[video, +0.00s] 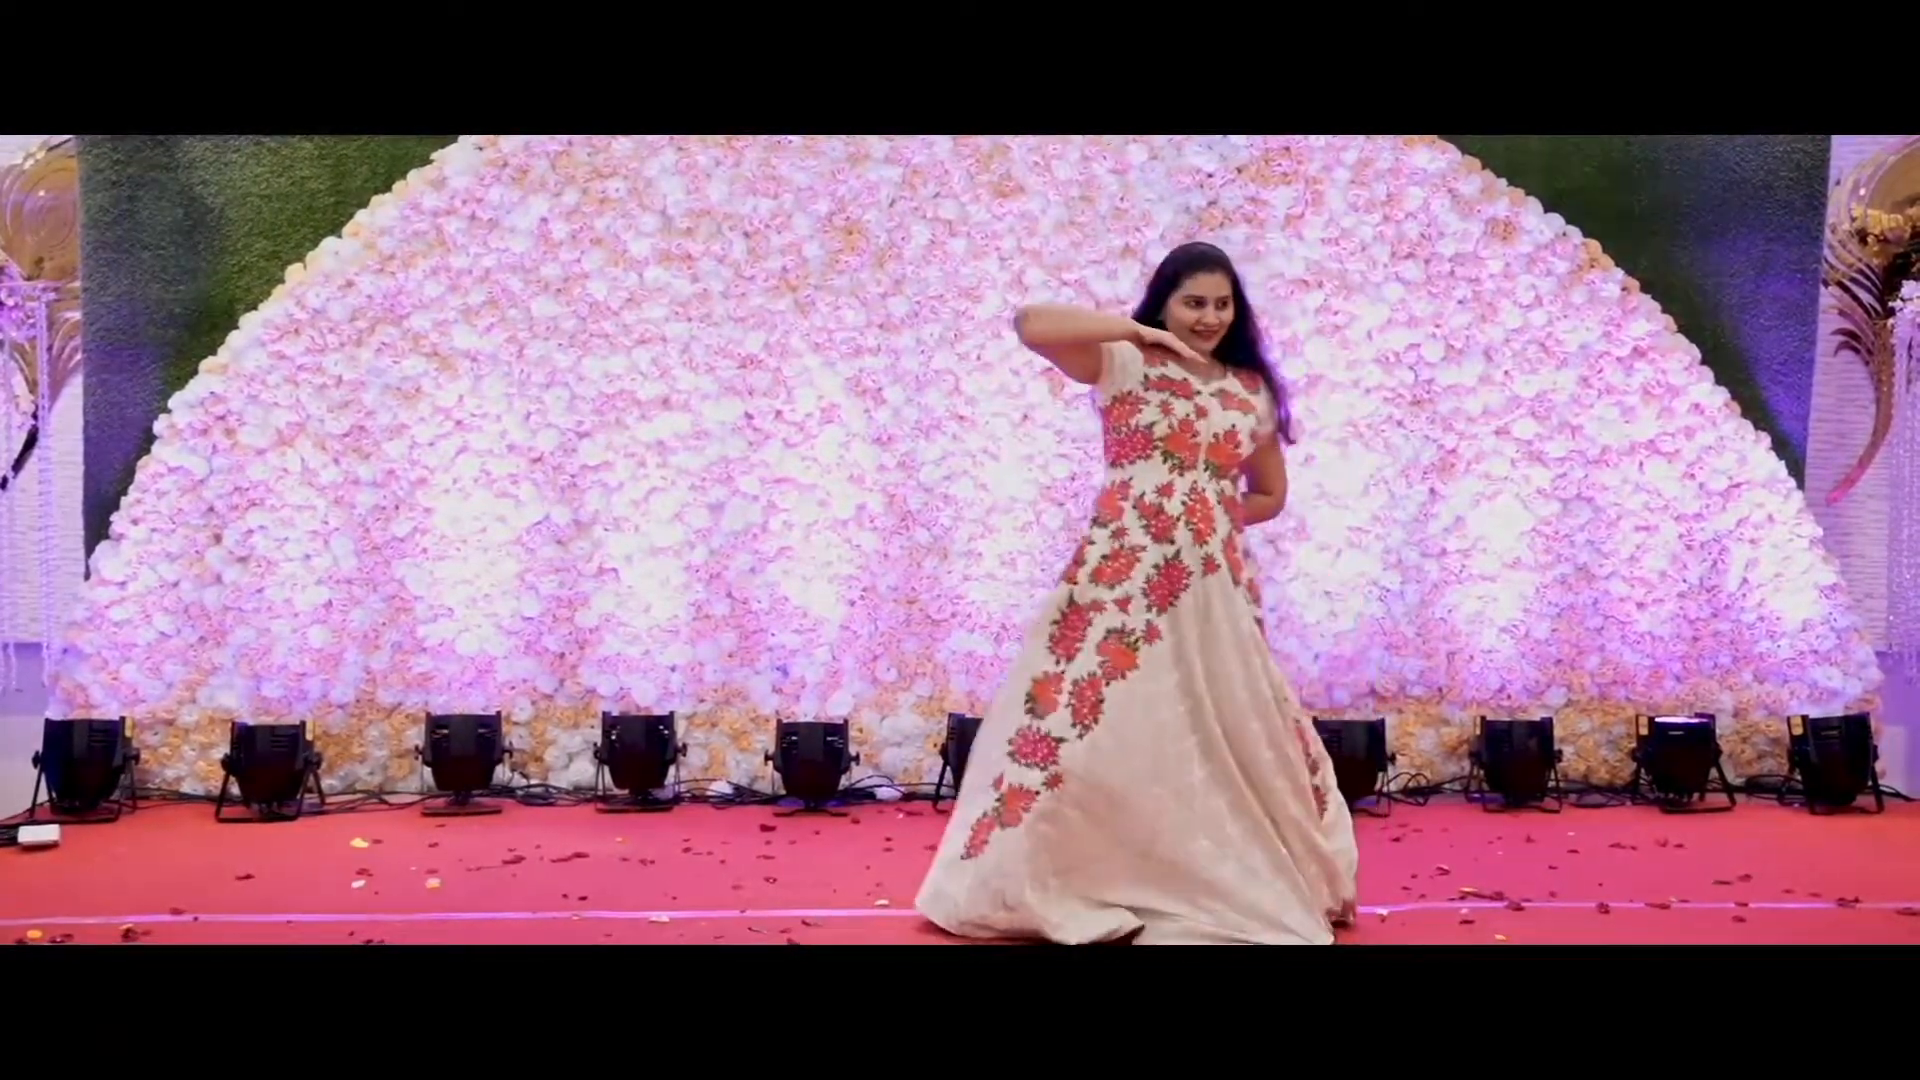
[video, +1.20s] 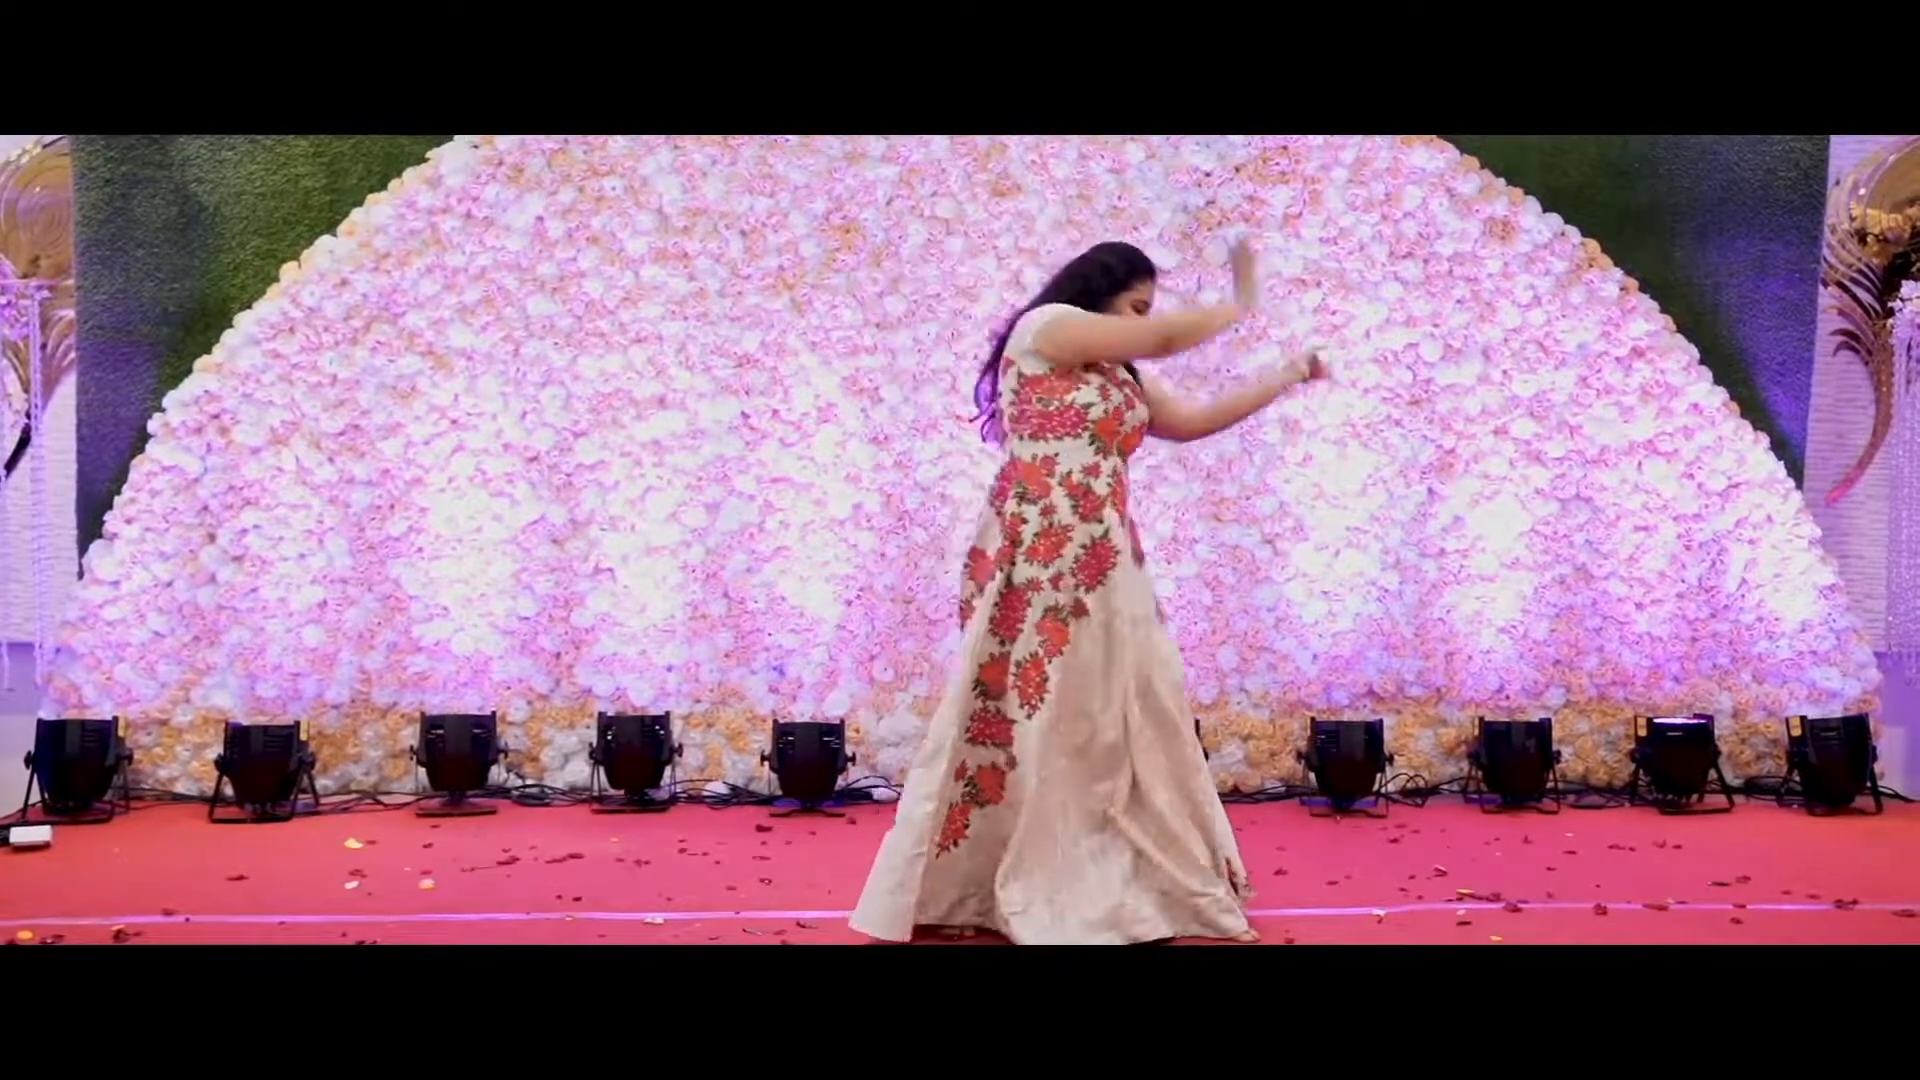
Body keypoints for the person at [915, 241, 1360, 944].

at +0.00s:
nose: (1209, 316)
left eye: (1222, 304)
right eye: (1194, 301)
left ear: (1235, 312)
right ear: (1163, 303)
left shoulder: (1249, 393)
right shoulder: (1123, 361)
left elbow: (1271, 495)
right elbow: (1033, 325)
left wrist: (1206, 512)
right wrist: (1136, 330)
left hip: (1207, 572)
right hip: (1124, 561)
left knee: (1209, 728)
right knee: (1109, 722)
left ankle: (1215, 886)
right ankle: (1104, 889)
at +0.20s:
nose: (1150, 309)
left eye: (1162, 297)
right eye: (1135, 294)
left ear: (1172, 306)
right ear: (1100, 297)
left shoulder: (1178, 393)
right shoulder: (1048, 352)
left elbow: (1176, 498)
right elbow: (939, 341)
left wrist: (1109, 504)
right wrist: (1011, 299)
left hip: (1108, 567)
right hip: (1027, 553)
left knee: (1113, 725)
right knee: (1016, 719)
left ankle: (1110, 894)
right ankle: (1007, 891)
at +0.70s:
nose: (1088, 334)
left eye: (1097, 323)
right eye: (1076, 317)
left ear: (1103, 330)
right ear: (1037, 315)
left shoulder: (1105, 406)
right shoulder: (976, 371)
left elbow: (1197, 465)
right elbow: (872, 341)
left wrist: (1182, 415)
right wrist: (907, 274)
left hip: (1039, 586)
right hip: (952, 575)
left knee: (1064, 747)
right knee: (938, 736)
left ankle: (1189, 903)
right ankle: (923, 905)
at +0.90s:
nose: (1103, 319)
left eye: (1111, 309)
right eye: (1093, 303)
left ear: (1107, 316)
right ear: (1050, 295)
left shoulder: (1103, 390)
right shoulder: (984, 341)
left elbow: (1199, 392)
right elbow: (953, 246)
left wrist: (1209, 292)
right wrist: (1002, 187)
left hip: (1051, 571)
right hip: (963, 560)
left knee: (1074, 735)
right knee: (956, 728)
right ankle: (949, 902)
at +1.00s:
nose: (1115, 313)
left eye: (1120, 301)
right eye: (1105, 296)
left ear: (1108, 306)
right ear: (1060, 288)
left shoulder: (1105, 379)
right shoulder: (995, 334)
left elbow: (1198, 371)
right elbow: (1014, 232)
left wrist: (1237, 278)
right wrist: (1075, 175)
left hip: (1061, 560)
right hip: (978, 553)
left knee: (1089, 725)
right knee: (979, 721)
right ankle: (978, 896)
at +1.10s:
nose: (1128, 307)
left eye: (1131, 294)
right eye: (1118, 290)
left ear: (1117, 295)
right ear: (1076, 281)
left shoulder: (1111, 371)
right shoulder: (1016, 330)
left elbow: (1198, 380)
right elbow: (1101, 255)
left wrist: (1272, 309)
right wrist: (1166, 203)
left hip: (1080, 551)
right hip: (1005, 545)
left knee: (1108, 719)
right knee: (1021, 718)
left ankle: (1123, 888)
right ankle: (1032, 893)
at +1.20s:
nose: (1143, 319)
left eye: (1149, 308)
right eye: (1134, 305)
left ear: (1137, 306)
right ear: (1095, 293)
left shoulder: (1123, 375)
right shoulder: (1042, 331)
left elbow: (1187, 422)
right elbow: (1153, 335)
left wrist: (1286, 375)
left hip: (1102, 557)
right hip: (1040, 554)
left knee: (1128, 713)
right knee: (1049, 718)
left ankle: (1133, 884)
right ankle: (1040, 889)